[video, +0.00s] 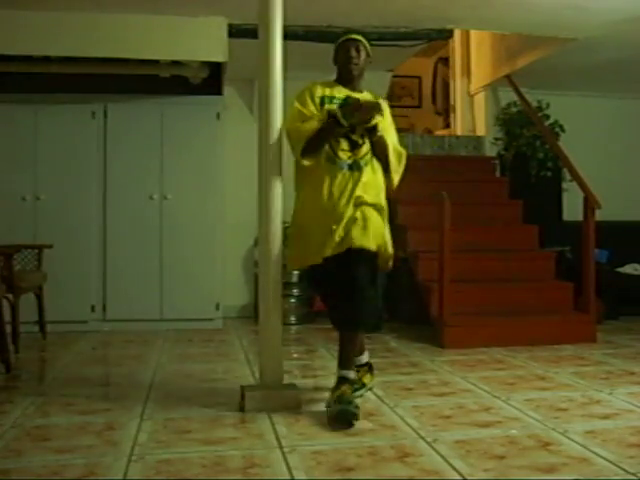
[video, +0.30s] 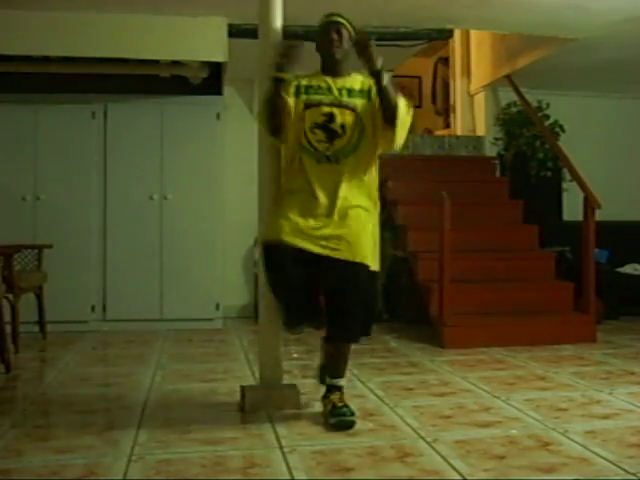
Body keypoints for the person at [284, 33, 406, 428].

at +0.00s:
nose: (353, 53)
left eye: (359, 50)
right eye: (346, 48)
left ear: (367, 62)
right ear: (335, 59)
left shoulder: (378, 105)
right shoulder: (314, 95)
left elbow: (395, 164)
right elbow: (301, 144)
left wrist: (373, 130)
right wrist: (338, 119)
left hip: (365, 210)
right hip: (320, 210)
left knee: (356, 294)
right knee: (334, 296)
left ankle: (343, 387)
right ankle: (361, 363)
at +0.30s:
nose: (333, 33)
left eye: (341, 29)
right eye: (326, 29)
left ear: (353, 43)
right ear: (317, 44)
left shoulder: (375, 88)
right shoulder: (299, 85)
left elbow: (397, 125)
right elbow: (276, 129)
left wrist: (379, 74)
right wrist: (280, 74)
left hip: (352, 213)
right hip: (298, 210)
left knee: (347, 312)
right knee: (296, 313)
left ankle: (335, 391)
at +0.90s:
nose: (275, 21)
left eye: (284, 14)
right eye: (268, 16)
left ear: (303, 26)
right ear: (261, 29)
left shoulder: (329, 71)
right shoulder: (239, 77)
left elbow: (377, 80)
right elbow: (186, 95)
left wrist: (355, 23)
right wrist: (201, 34)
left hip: (300, 196)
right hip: (242, 202)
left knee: (260, 250)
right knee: (240, 303)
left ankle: (295, 340)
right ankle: (271, 401)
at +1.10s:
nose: (271, 14)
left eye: (280, 8)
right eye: (264, 7)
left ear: (294, 18)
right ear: (254, 15)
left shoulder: (314, 73)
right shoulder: (223, 60)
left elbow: (361, 100)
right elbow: (178, 81)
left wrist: (340, 41)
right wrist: (197, 24)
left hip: (273, 207)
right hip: (215, 203)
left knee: (244, 313)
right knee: (245, 313)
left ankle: (227, 412)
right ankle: (272, 403)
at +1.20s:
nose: (266, 18)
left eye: (274, 12)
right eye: (259, 11)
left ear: (288, 22)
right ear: (248, 19)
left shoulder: (303, 77)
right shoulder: (222, 58)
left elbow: (336, 138)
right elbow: (191, 99)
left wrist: (330, 73)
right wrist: (200, 37)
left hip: (271, 212)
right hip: (213, 208)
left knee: (239, 322)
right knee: (242, 318)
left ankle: (217, 427)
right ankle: (272, 405)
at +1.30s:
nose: (265, 10)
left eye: (273, 4)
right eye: (256, 4)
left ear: (286, 16)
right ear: (243, 14)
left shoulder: (296, 77)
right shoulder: (216, 55)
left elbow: (304, 152)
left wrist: (335, 99)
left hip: (273, 218)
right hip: (212, 213)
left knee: (242, 329)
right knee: (225, 323)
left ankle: (213, 430)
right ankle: (257, 395)